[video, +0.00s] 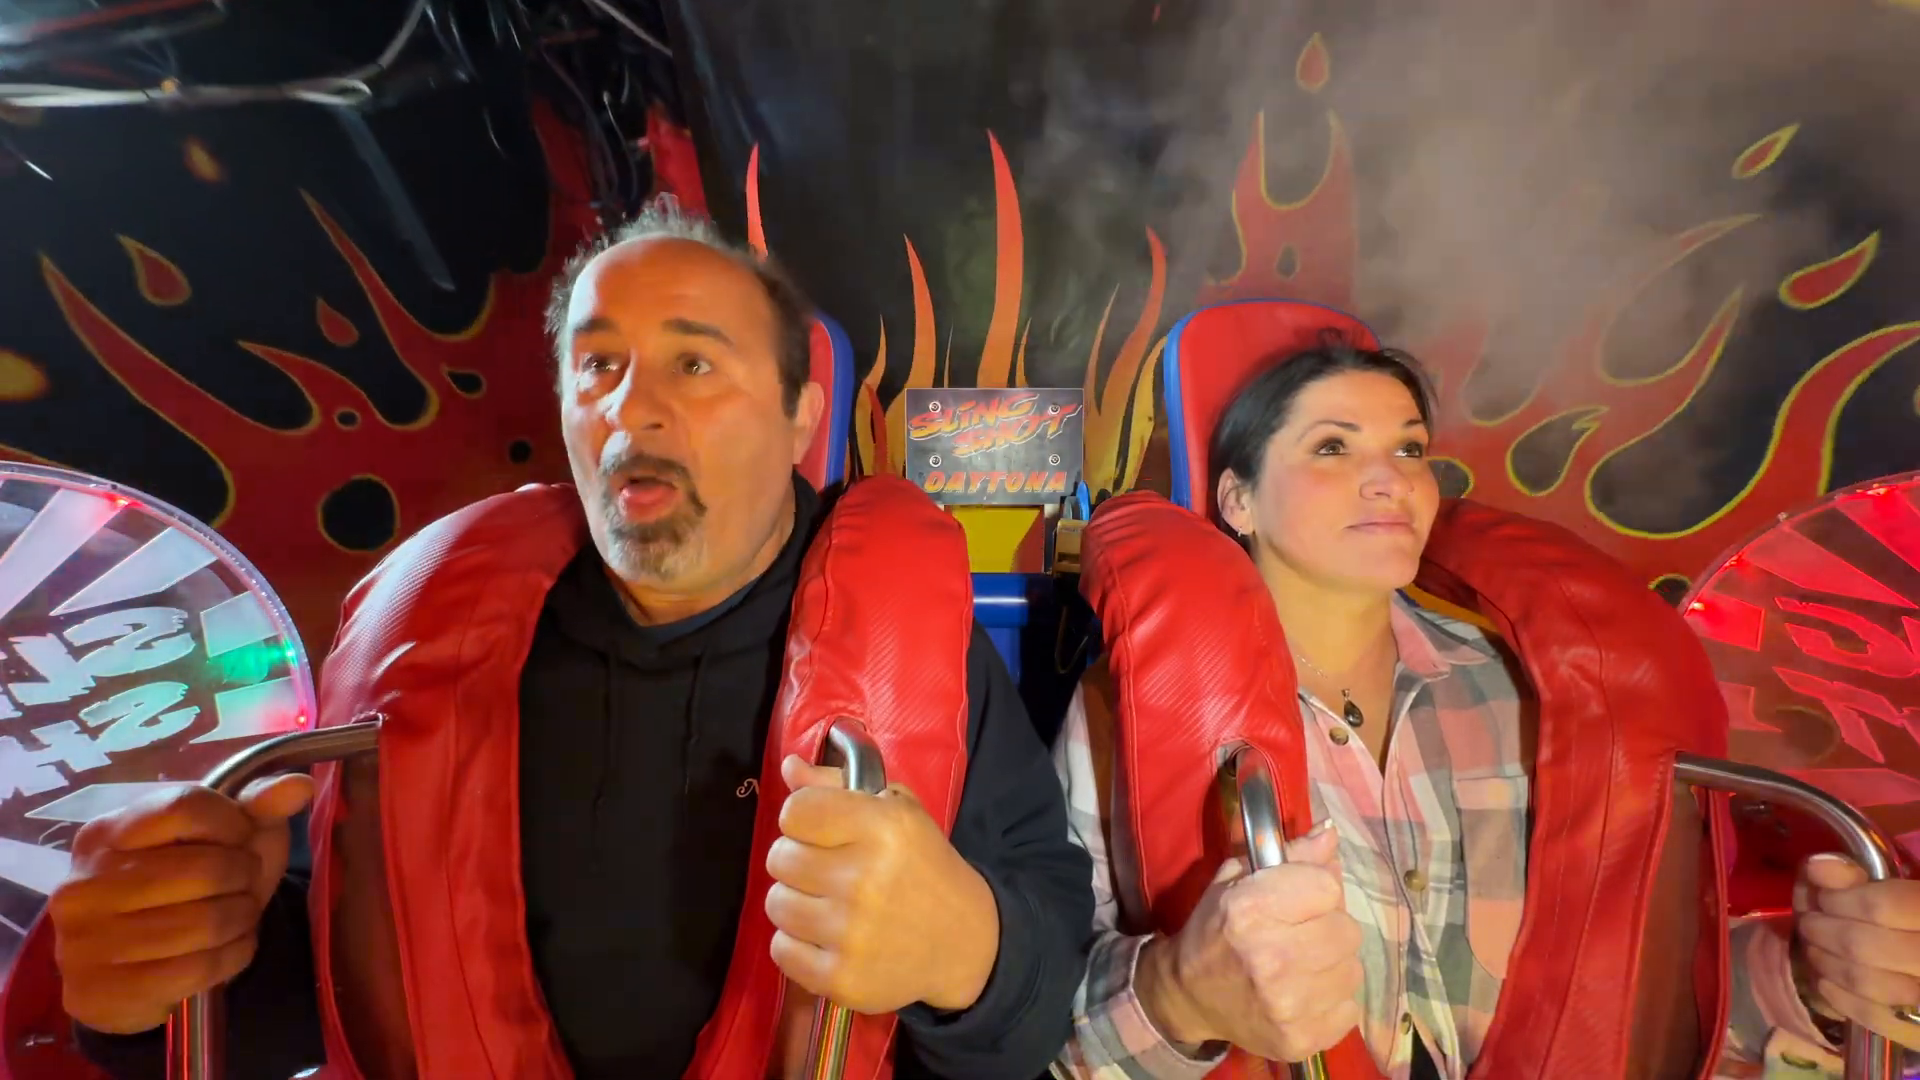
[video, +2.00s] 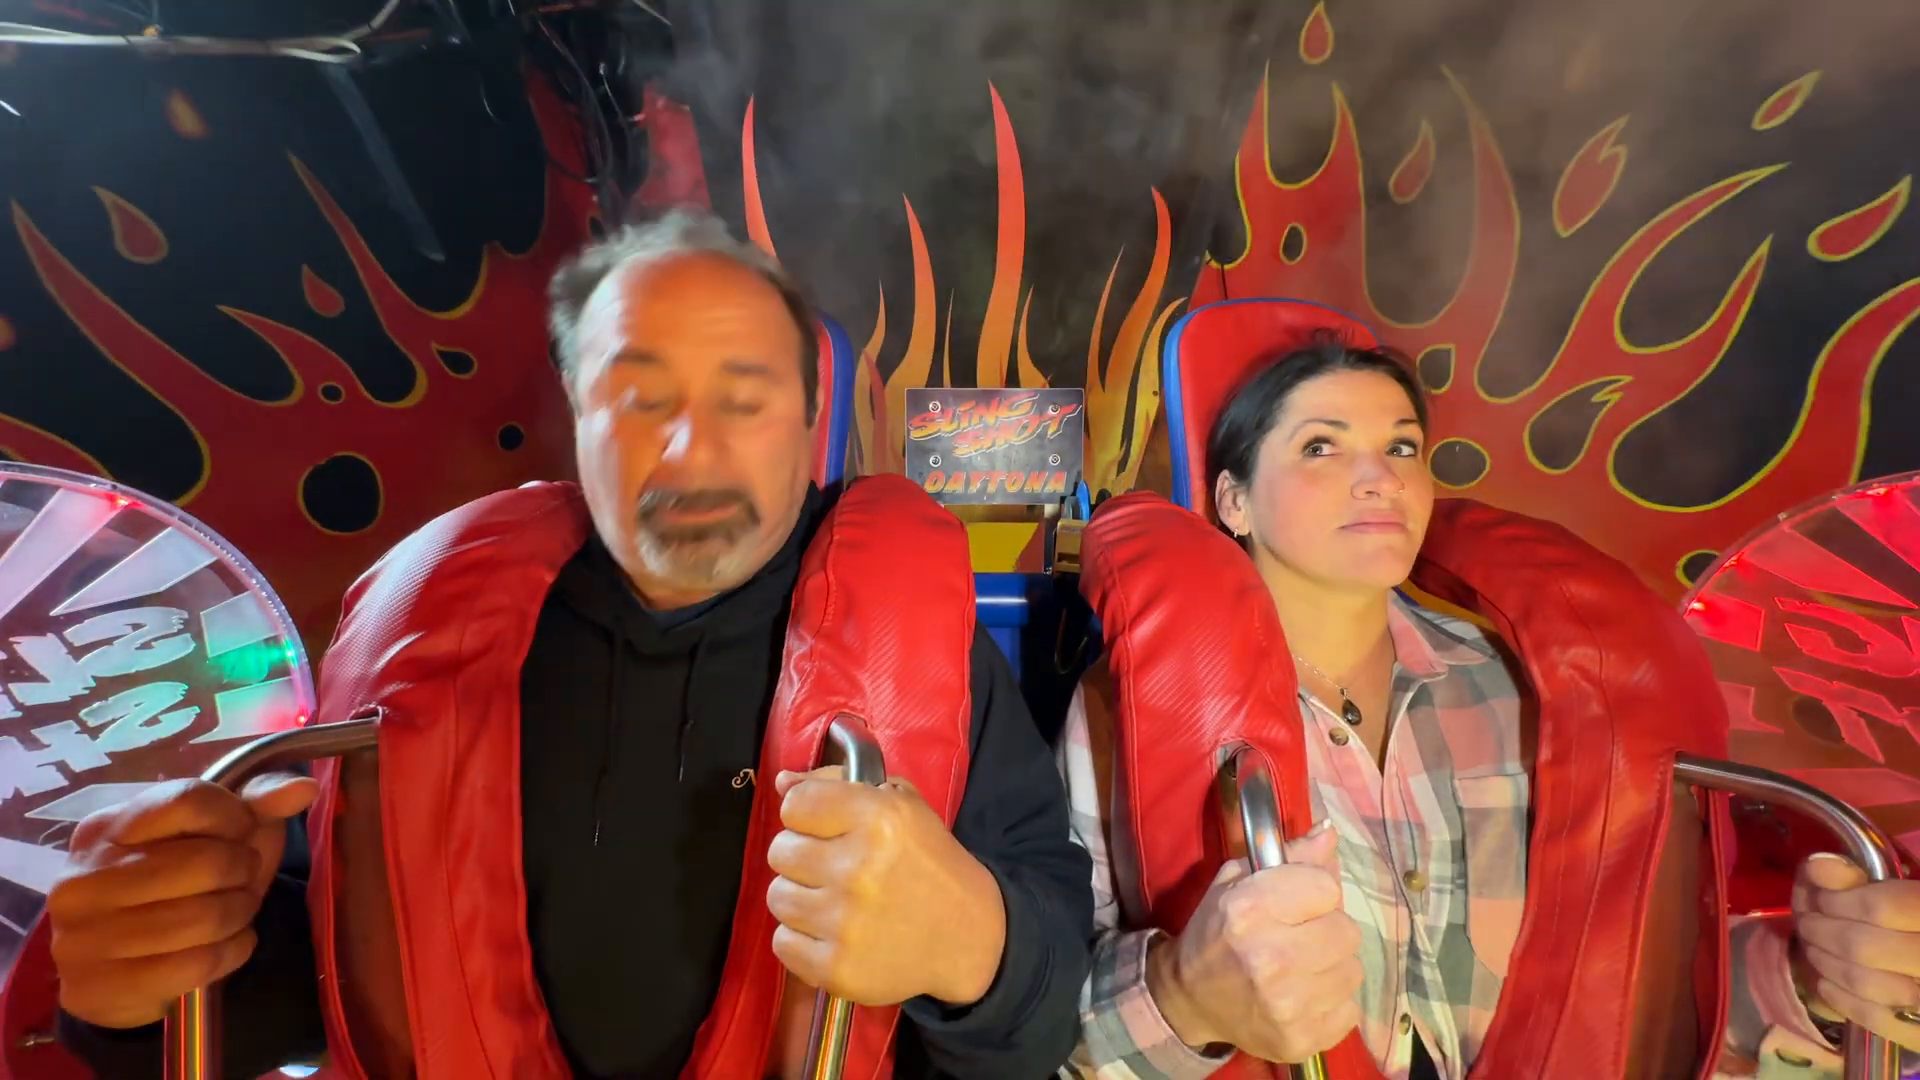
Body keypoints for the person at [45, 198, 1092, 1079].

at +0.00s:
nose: (633, 413)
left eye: (696, 366)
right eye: (602, 372)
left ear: (798, 421)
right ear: (560, 426)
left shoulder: (919, 647)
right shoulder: (419, 638)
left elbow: (1041, 1003)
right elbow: (310, 1003)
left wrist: (978, 955)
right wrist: (133, 976)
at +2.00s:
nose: (688, 445)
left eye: (742, 397)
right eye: (639, 398)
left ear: (811, 425)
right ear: (572, 428)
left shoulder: (927, 646)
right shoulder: (422, 628)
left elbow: (1049, 1011)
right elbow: (308, 972)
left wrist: (982, 948)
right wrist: (114, 989)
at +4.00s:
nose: (652, 360)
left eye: (709, 330)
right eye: (623, 340)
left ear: (807, 414)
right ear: (588, 415)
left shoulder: (921, 661)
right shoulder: (430, 634)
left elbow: (1045, 1004)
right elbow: (306, 976)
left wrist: (979, 955)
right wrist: (97, 984)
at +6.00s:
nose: (619, 366)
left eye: (681, 326)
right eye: (598, 344)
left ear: (798, 398)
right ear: (575, 418)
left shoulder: (922, 659)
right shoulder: (443, 644)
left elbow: (1036, 1016)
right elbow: (319, 972)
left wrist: (979, 952)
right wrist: (120, 977)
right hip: (493, 1071)